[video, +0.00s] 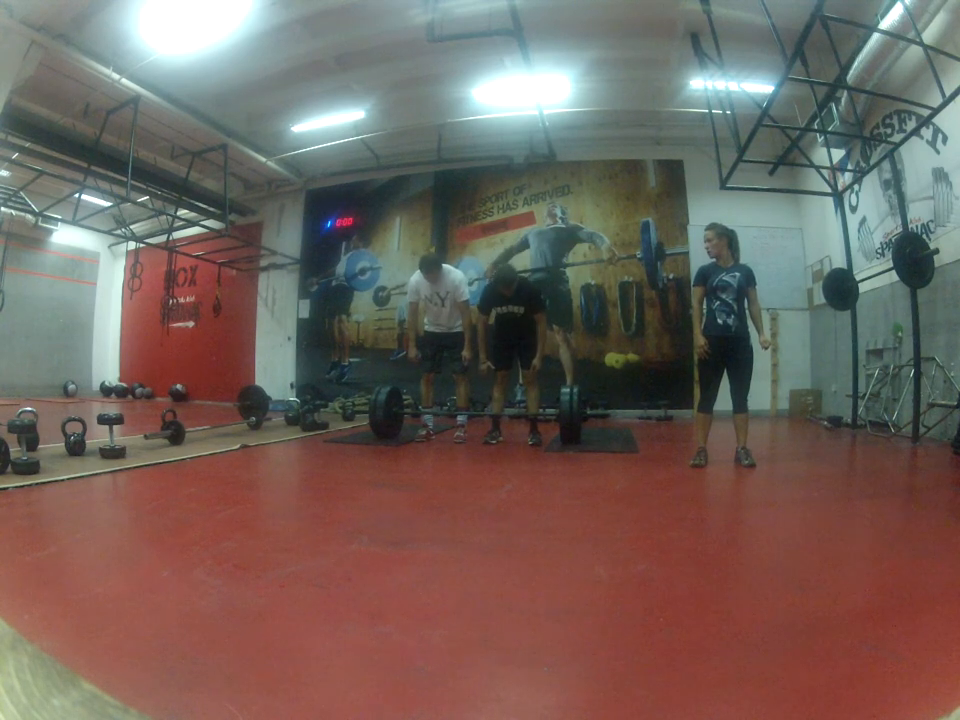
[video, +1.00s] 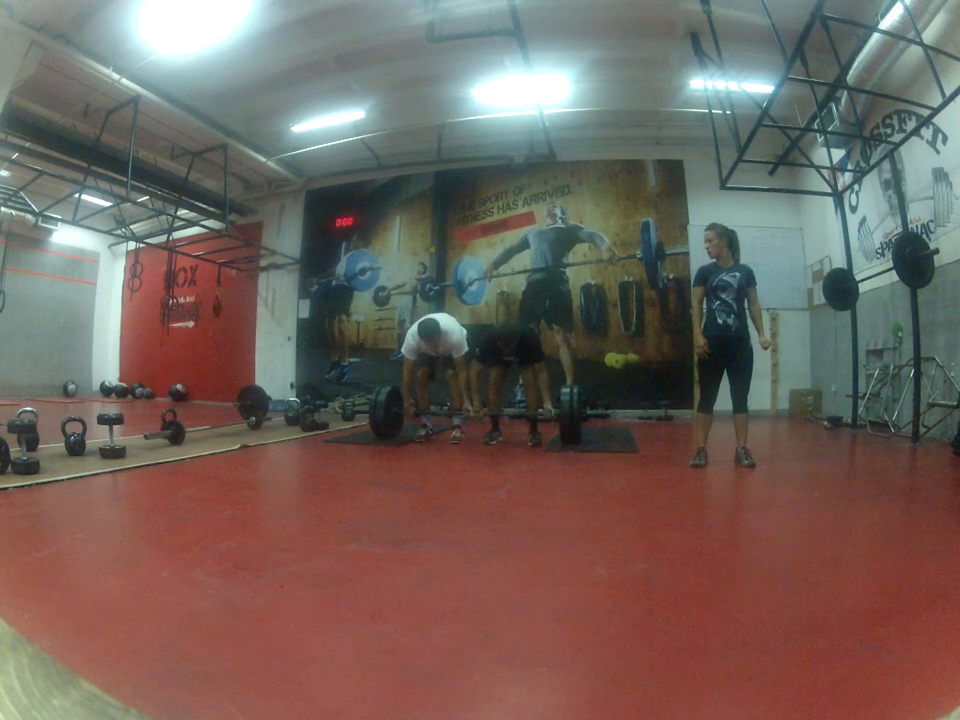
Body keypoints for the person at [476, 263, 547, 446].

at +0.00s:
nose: (507, 292)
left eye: (509, 289)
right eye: (503, 290)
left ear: (515, 282)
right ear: (497, 284)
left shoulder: (530, 290)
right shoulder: (490, 290)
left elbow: (541, 321)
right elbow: (482, 321)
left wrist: (539, 355)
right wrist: (482, 357)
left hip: (527, 341)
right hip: (501, 341)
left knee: (530, 379)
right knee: (500, 378)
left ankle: (534, 429)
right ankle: (495, 428)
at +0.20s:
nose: (506, 287)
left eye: (509, 284)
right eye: (502, 284)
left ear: (516, 278)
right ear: (497, 279)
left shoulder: (529, 288)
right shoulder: (490, 288)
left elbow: (541, 320)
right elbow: (481, 321)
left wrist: (539, 354)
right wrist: (483, 356)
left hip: (526, 341)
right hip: (501, 341)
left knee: (530, 380)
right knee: (500, 379)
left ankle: (534, 429)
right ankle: (495, 428)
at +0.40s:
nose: (506, 289)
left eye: (509, 285)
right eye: (502, 286)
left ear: (515, 280)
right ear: (496, 281)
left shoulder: (529, 290)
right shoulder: (489, 291)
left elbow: (540, 322)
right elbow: (481, 323)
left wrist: (540, 357)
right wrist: (482, 359)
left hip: (527, 342)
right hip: (501, 343)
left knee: (530, 379)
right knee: (499, 378)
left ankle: (533, 429)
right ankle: (495, 428)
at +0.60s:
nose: (507, 319)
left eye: (510, 315)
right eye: (504, 316)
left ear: (516, 309)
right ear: (497, 310)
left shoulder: (529, 311)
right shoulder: (489, 312)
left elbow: (541, 345)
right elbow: (479, 346)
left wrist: (543, 381)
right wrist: (479, 384)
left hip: (525, 338)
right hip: (501, 338)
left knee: (530, 376)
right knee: (498, 376)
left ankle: (534, 429)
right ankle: (495, 428)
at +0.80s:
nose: (508, 343)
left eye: (511, 339)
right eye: (504, 340)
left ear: (517, 333)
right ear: (497, 334)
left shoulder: (530, 333)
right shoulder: (490, 336)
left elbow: (541, 367)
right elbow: (477, 369)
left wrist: (547, 400)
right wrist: (476, 403)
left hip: (524, 348)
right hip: (499, 351)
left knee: (531, 382)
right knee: (494, 385)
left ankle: (534, 431)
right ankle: (495, 429)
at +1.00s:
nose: (507, 349)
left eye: (509, 346)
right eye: (503, 347)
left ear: (516, 340)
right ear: (498, 341)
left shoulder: (529, 338)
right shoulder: (490, 341)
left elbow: (541, 371)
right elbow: (474, 371)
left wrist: (547, 402)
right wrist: (476, 403)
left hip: (525, 356)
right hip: (501, 357)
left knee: (531, 385)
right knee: (494, 386)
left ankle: (534, 431)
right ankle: (495, 429)